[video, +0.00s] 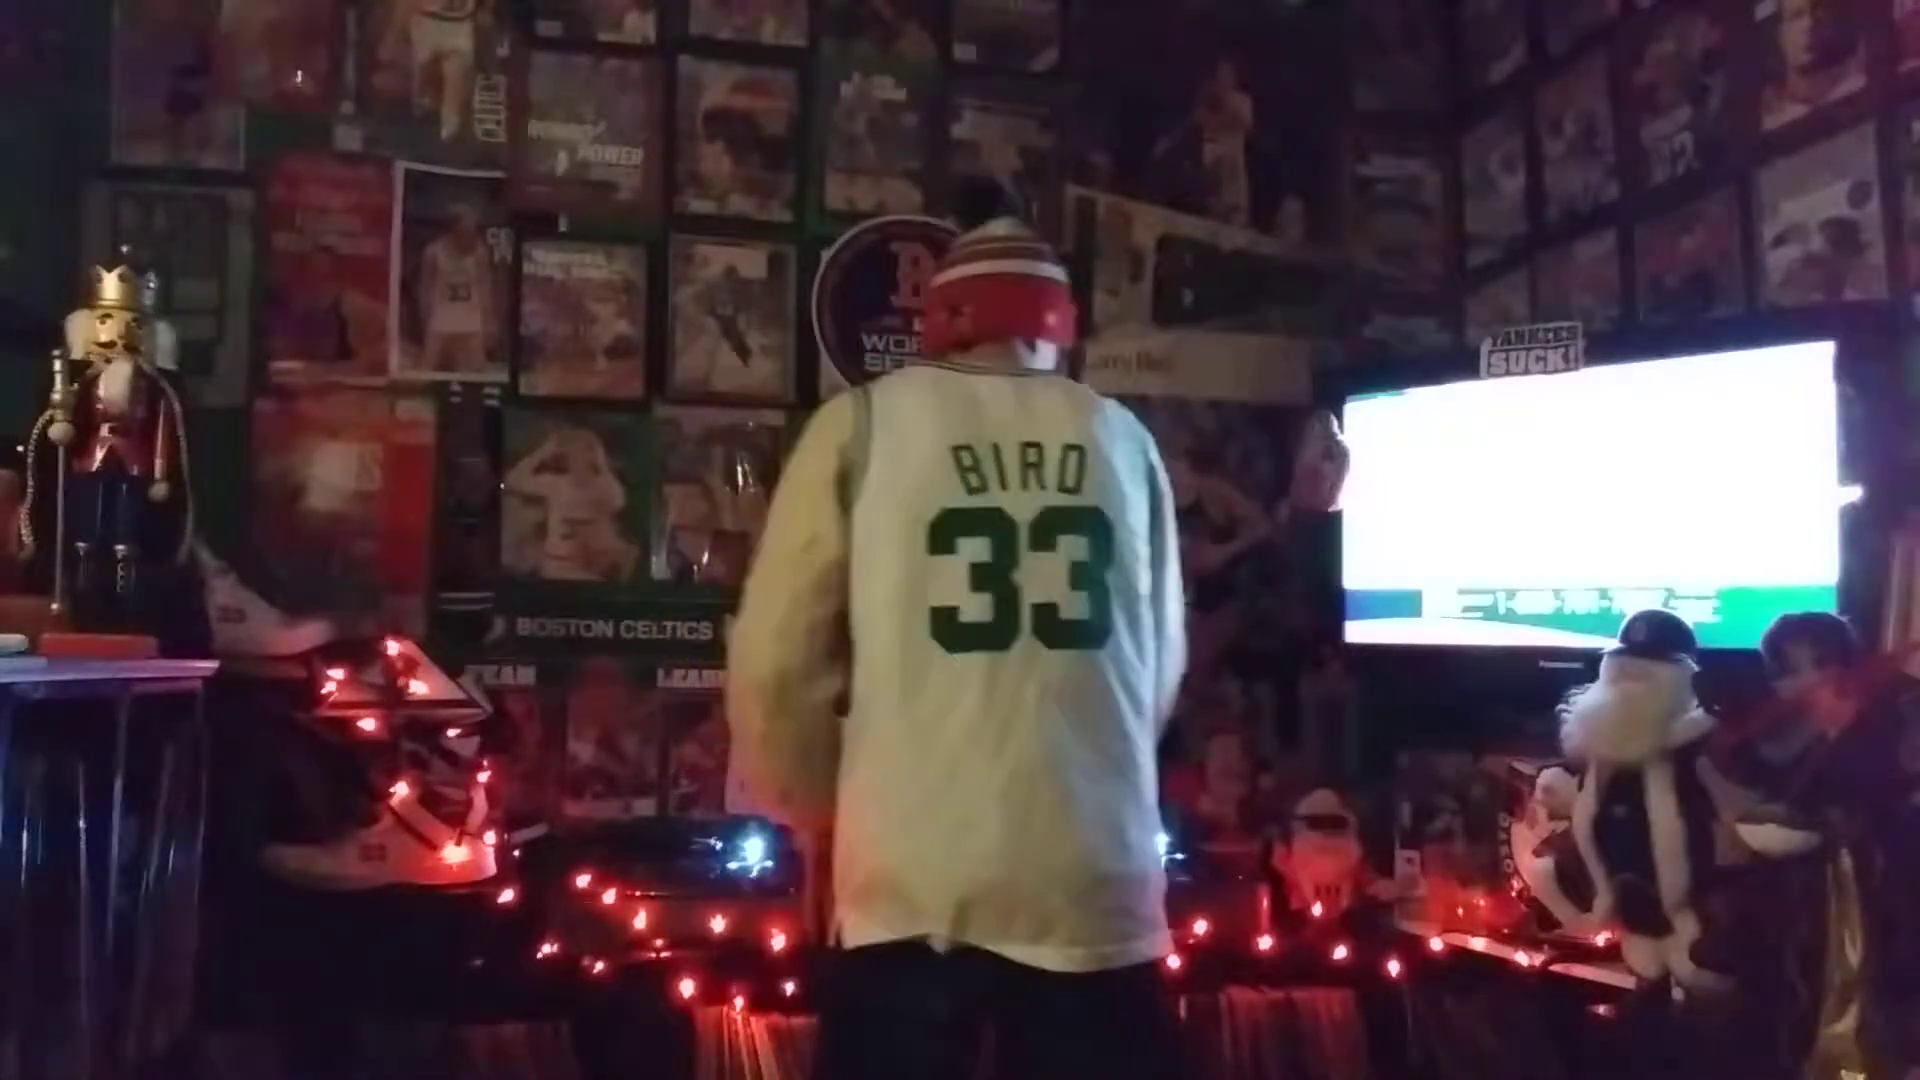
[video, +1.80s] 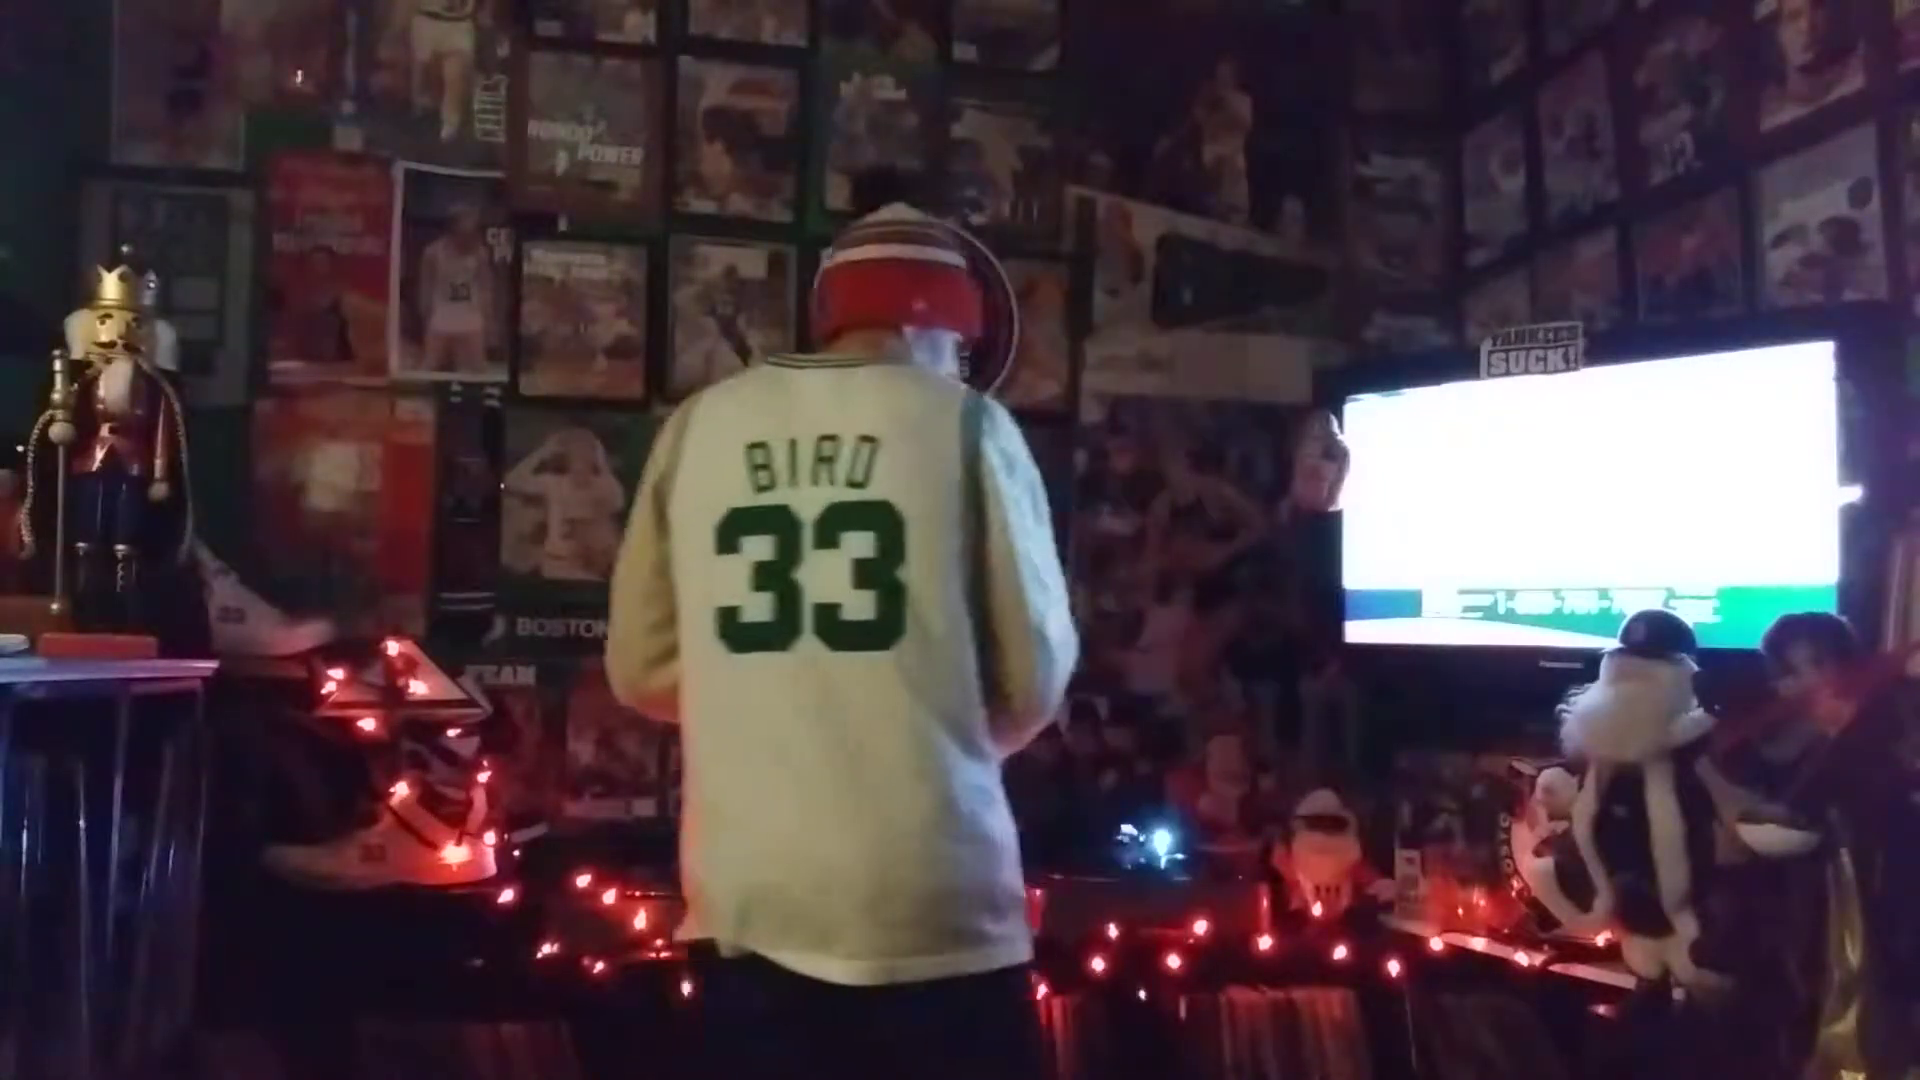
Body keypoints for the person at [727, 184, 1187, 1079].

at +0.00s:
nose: (919, 322)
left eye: (929, 306)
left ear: (945, 318)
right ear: (1062, 335)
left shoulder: (857, 424)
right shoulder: (1128, 440)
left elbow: (773, 662)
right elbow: (1161, 664)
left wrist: (830, 814)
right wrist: (1083, 779)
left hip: (908, 874)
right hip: (1097, 882)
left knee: (895, 1063)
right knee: (1099, 1067)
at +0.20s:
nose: (963, 334)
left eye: (972, 315)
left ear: (994, 318)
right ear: (1100, 334)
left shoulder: (907, 422)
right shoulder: (1171, 448)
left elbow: (830, 666)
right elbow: (1229, 692)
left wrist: (849, 816)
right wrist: (1162, 804)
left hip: (946, 880)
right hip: (1132, 890)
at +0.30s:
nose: (979, 335)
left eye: (988, 316)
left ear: (1010, 319)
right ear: (1116, 340)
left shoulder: (924, 418)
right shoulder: (1189, 451)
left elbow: (844, 667)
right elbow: (1249, 705)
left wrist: (868, 813)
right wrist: (1179, 812)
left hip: (953, 887)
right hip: (1140, 902)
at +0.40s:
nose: (996, 330)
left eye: (1004, 313)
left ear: (1019, 317)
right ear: (1130, 339)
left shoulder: (937, 415)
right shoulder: (1204, 453)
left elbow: (851, 664)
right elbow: (1263, 706)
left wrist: (915, 807)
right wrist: (1179, 812)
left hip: (959, 892)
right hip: (1148, 909)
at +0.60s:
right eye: (1168, 346)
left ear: (1032, 323)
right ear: (1153, 347)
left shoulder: (946, 414)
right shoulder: (1218, 455)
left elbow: (857, 655)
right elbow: (1268, 703)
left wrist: (941, 770)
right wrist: (1181, 812)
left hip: (963, 880)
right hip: (1151, 898)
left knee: (931, 1063)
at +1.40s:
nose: (1063, 353)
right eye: (1060, 335)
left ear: (929, 316)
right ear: (1048, 332)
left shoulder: (815, 415)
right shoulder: (1092, 440)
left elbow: (738, 652)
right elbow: (1150, 685)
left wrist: (858, 714)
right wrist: (1059, 762)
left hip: (851, 895)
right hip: (1045, 904)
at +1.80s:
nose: (966, 363)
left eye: (966, 347)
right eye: (963, 343)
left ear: (828, 317)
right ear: (942, 331)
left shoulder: (699, 423)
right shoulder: (970, 424)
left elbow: (642, 667)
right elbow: (1032, 682)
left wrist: (775, 704)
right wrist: (930, 753)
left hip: (750, 906)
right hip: (939, 911)